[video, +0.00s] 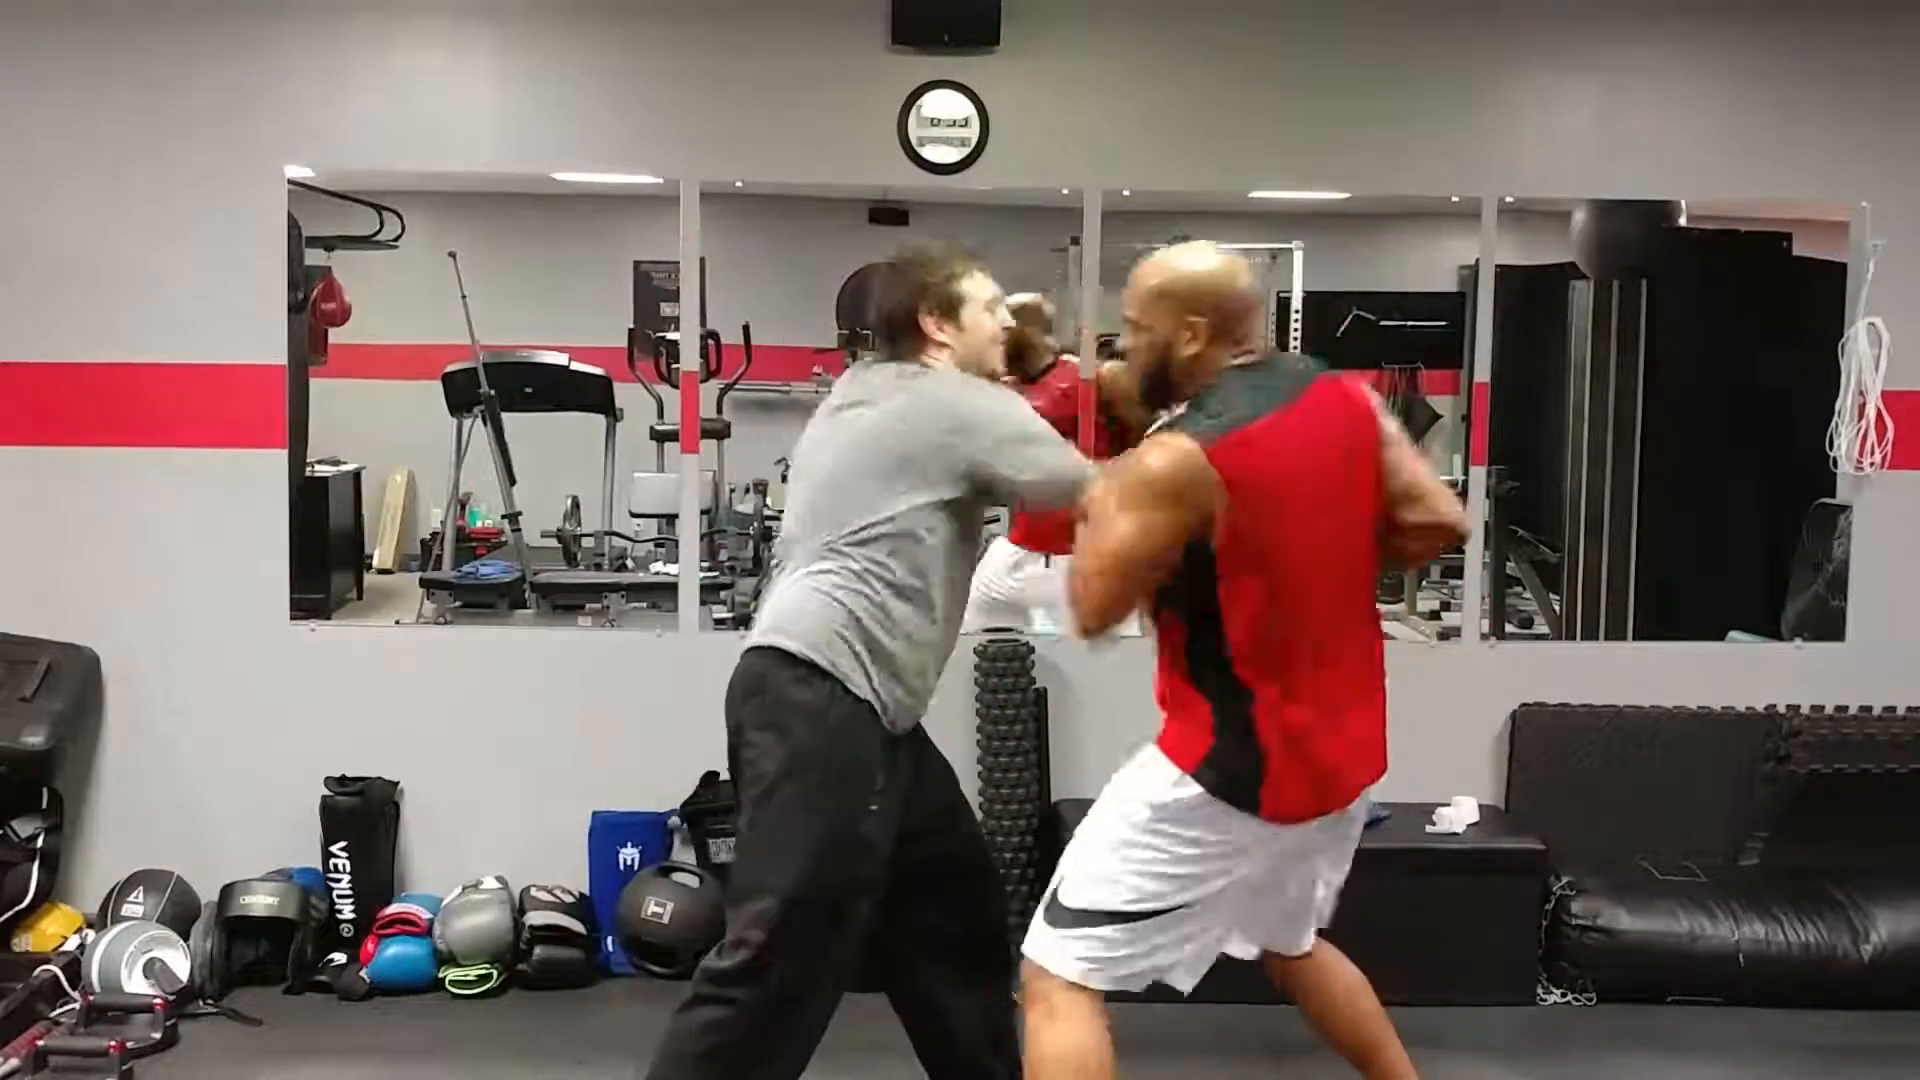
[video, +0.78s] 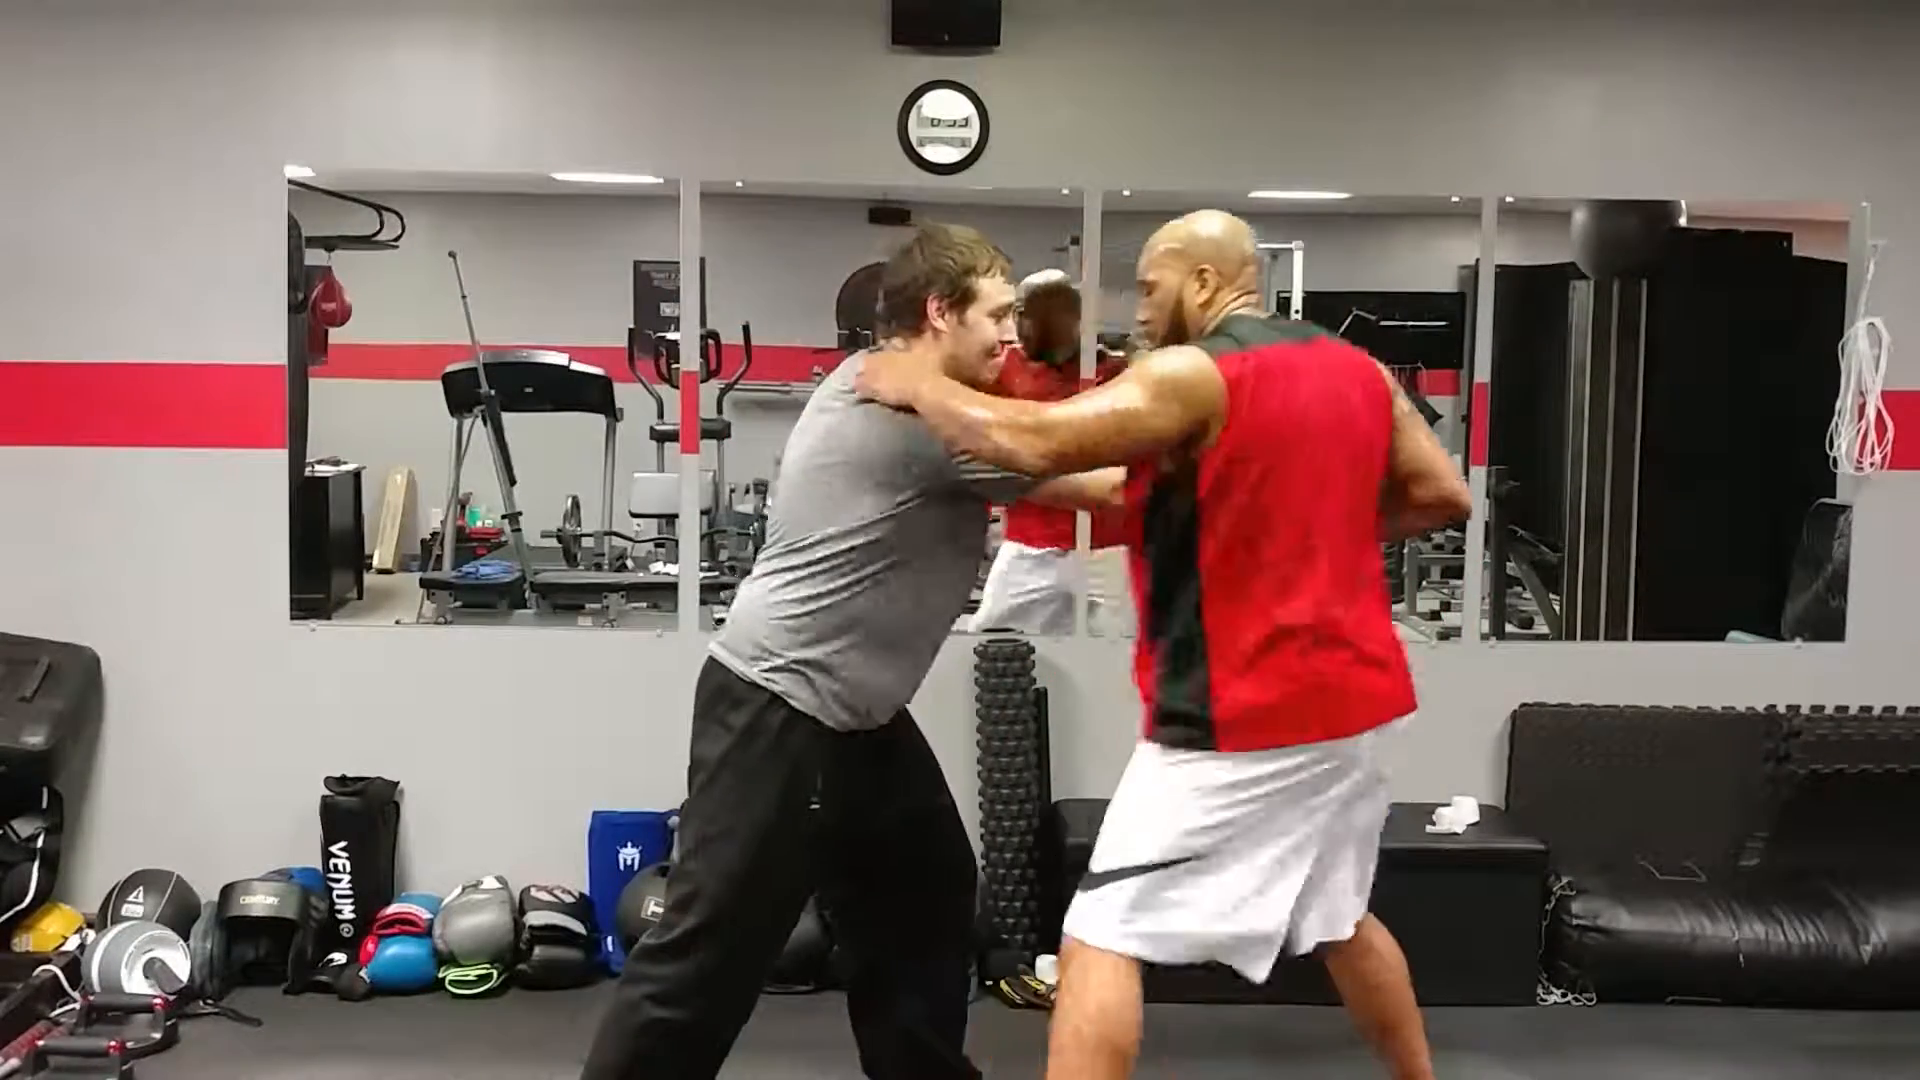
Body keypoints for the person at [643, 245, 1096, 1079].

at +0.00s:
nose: (1006, 332)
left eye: (1003, 311)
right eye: (991, 311)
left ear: (915, 330)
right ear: (935, 325)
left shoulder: (856, 400)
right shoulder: (954, 402)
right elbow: (1089, 489)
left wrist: (999, 363)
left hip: (862, 711)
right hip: (818, 694)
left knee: (960, 934)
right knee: (782, 952)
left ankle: (990, 1069)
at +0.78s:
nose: (1010, 338)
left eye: (1010, 319)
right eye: (996, 316)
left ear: (936, 316)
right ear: (938, 314)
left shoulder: (864, 385)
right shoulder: (922, 418)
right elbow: (1080, 480)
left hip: (857, 714)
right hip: (775, 706)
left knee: (926, 909)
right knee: (705, 956)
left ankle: (920, 1067)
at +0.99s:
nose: (1004, 320)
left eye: (1003, 300)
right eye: (988, 298)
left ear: (928, 309)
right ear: (927, 307)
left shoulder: (924, 391)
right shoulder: (908, 396)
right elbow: (1016, 552)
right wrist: (1165, 547)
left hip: (852, 700)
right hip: (765, 684)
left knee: (919, 895)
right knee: (685, 932)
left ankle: (923, 1070)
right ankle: (595, 1078)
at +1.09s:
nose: (967, 312)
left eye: (966, 293)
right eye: (951, 292)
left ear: (896, 304)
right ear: (889, 302)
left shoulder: (905, 397)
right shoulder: (846, 398)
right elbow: (891, 579)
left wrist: (1018, 393)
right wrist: (1028, 564)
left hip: (843, 710)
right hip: (744, 695)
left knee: (919, 905)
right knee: (651, 942)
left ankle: (924, 1069)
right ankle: (547, 1074)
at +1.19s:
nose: (909, 311)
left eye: (907, 292)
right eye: (891, 290)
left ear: (838, 303)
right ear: (824, 299)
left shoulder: (859, 416)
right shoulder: (753, 402)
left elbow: (887, 543)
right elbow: (772, 579)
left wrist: (934, 459)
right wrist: (910, 561)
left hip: (814, 728)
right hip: (698, 720)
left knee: (896, 935)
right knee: (602, 959)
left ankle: (925, 1071)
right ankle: (504, 1074)